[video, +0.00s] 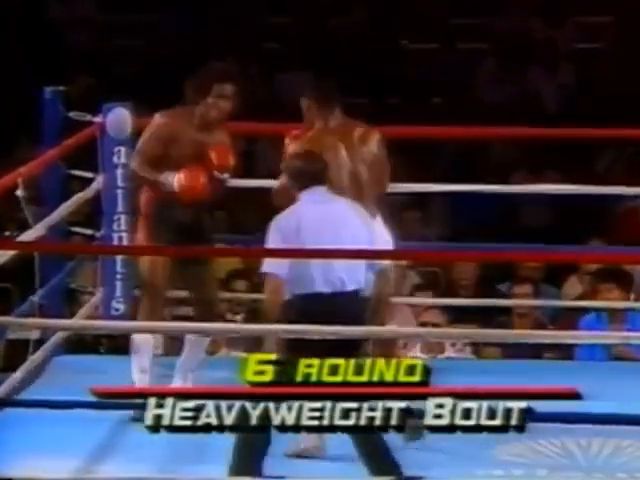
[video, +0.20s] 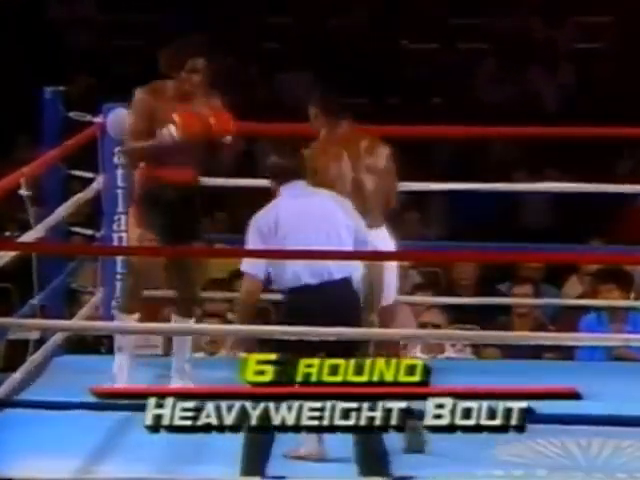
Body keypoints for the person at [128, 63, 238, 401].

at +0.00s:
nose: (224, 105)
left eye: (230, 98)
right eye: (219, 96)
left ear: (232, 105)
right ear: (201, 96)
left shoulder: (219, 136)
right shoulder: (166, 124)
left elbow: (221, 182)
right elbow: (137, 163)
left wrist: (220, 173)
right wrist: (168, 180)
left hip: (197, 218)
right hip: (159, 217)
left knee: (209, 302)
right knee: (154, 296)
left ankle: (183, 381)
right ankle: (143, 383)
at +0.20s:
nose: (196, 79)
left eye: (202, 72)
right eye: (190, 72)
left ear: (207, 74)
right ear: (174, 71)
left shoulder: (209, 101)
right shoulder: (149, 97)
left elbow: (224, 154)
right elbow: (132, 149)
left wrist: (222, 134)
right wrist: (163, 140)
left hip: (189, 191)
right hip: (153, 191)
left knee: (188, 280)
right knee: (146, 278)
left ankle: (181, 368)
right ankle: (123, 371)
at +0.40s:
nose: (171, 88)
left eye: (176, 80)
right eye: (164, 81)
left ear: (182, 83)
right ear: (148, 84)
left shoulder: (192, 116)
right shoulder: (126, 118)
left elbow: (206, 162)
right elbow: (119, 171)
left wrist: (183, 150)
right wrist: (150, 156)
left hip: (182, 202)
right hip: (142, 204)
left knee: (195, 292)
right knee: (131, 293)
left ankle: (185, 376)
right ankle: (121, 371)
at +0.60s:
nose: (176, 81)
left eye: (180, 73)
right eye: (169, 73)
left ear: (185, 75)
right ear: (153, 75)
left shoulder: (190, 102)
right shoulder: (130, 107)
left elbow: (208, 142)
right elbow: (120, 160)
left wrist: (192, 130)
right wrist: (154, 147)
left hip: (185, 193)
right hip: (146, 196)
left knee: (215, 276)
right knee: (136, 285)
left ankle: (208, 367)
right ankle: (121, 367)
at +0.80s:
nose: (192, 82)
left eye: (196, 75)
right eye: (185, 75)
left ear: (200, 77)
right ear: (167, 76)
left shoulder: (201, 108)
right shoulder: (148, 106)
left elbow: (205, 154)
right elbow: (149, 154)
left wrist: (227, 154)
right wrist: (182, 127)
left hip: (191, 195)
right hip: (157, 194)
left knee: (213, 274)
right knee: (140, 278)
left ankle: (240, 359)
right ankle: (121, 367)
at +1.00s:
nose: (240, 95)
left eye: (241, 88)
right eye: (235, 88)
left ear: (234, 90)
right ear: (216, 90)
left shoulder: (231, 118)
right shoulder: (182, 115)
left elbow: (238, 155)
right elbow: (165, 168)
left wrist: (257, 151)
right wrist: (198, 175)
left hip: (218, 208)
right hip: (181, 207)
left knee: (237, 283)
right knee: (164, 287)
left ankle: (250, 360)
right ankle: (127, 363)